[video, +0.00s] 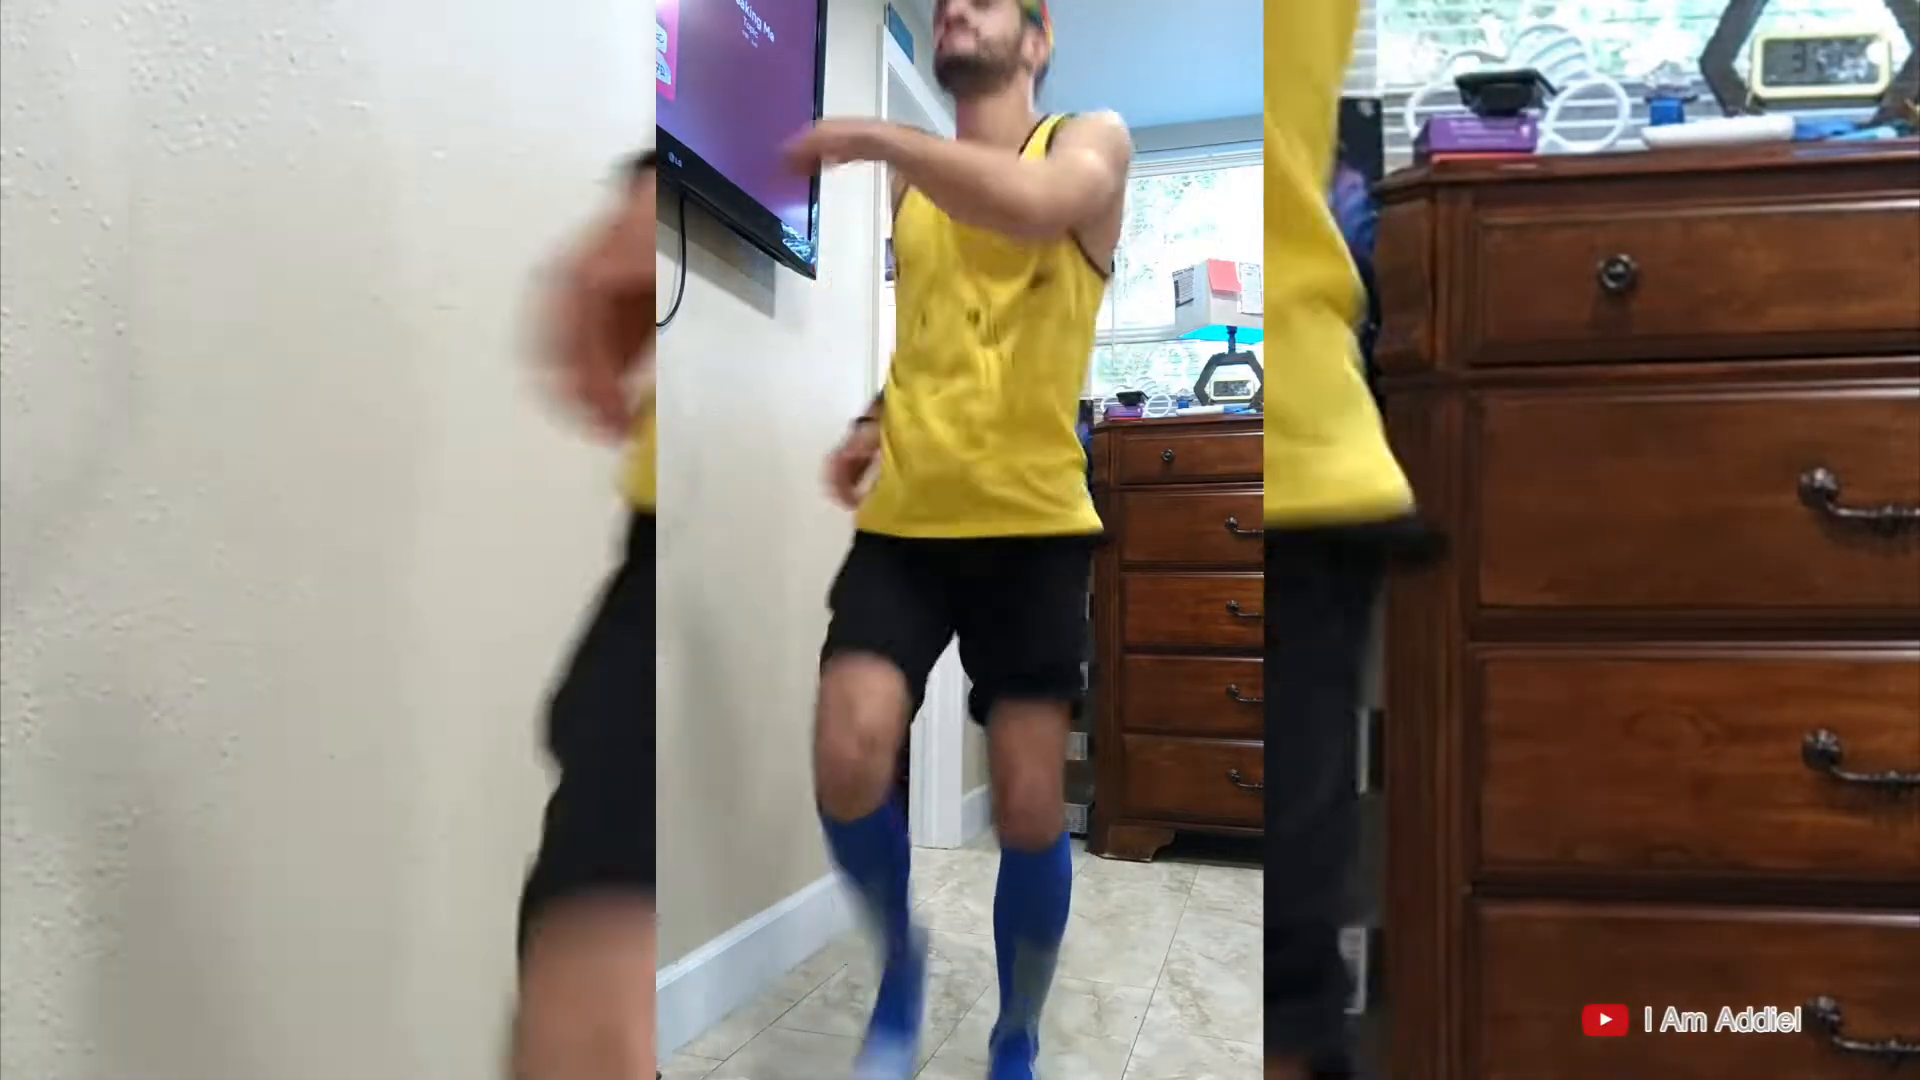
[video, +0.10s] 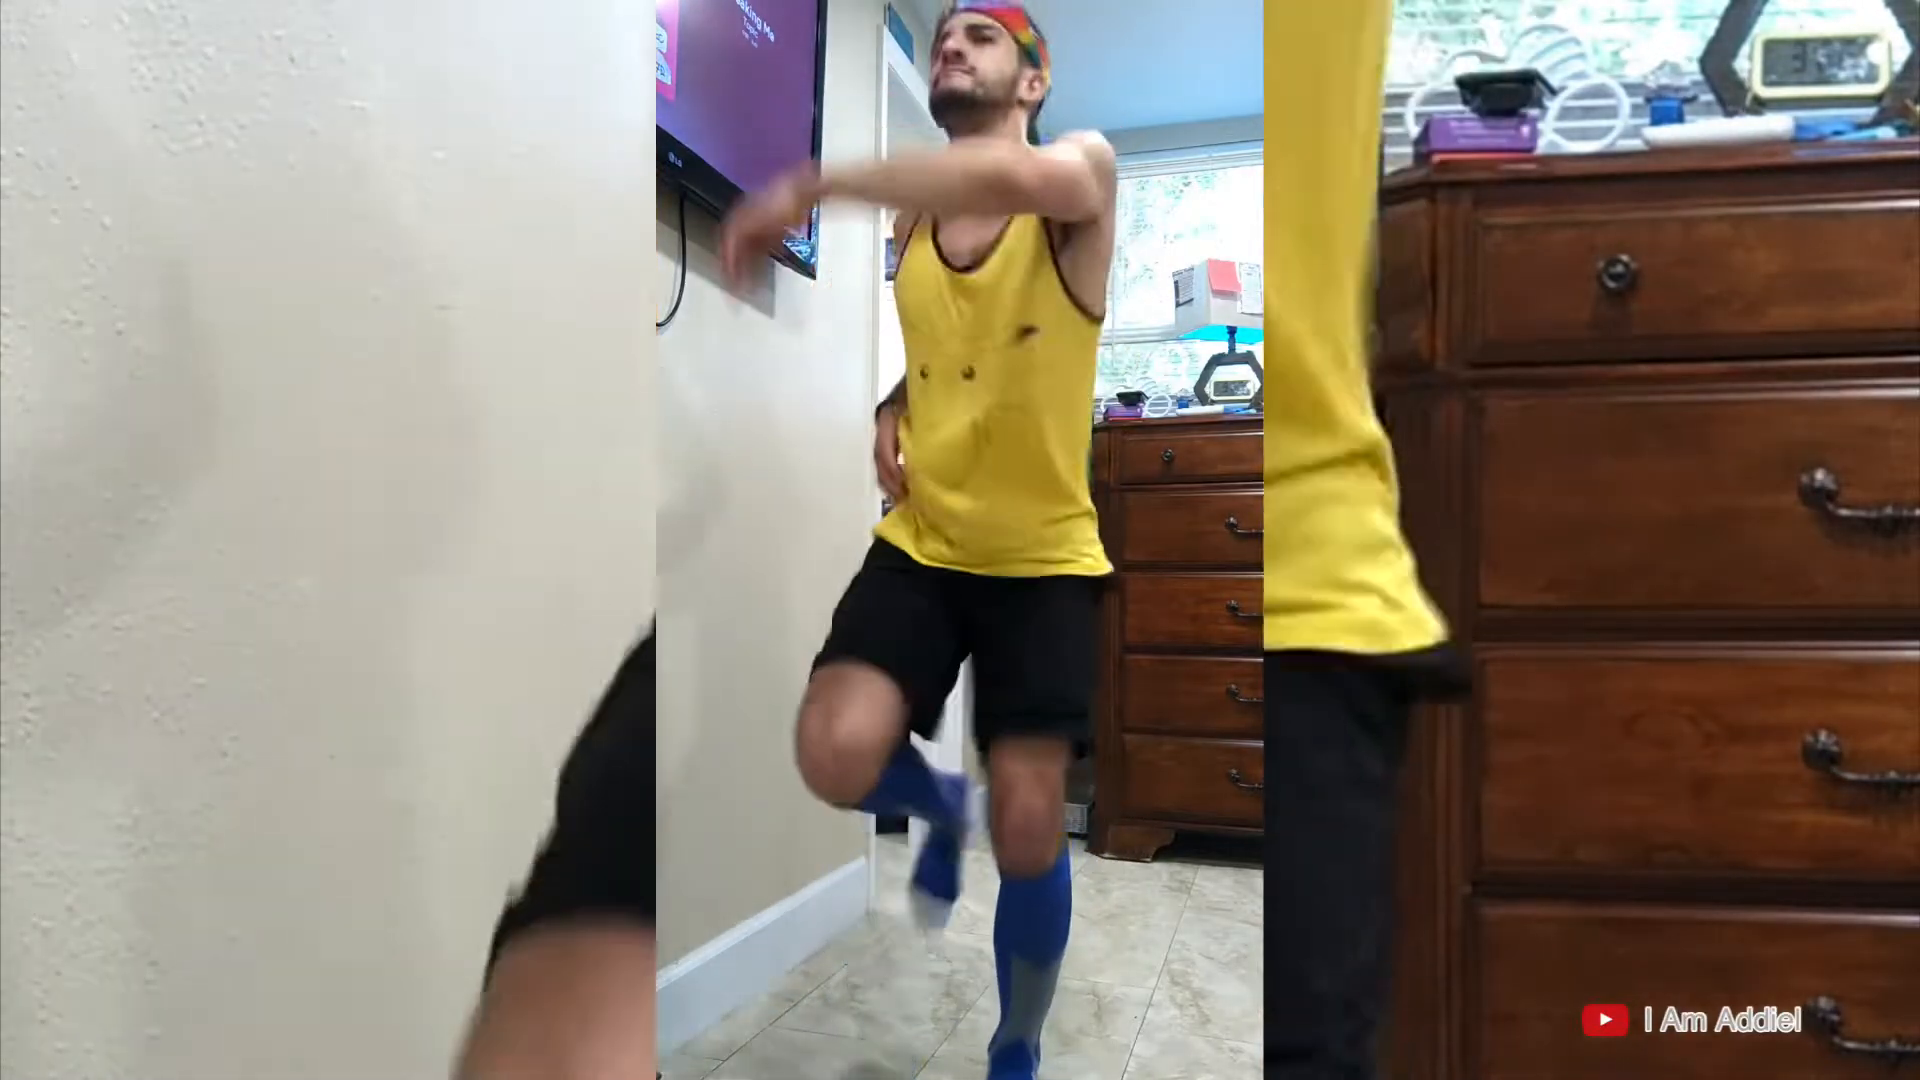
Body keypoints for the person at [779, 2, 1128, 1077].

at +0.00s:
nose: (955, 14)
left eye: (983, 3)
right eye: (944, 7)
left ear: (1037, 35)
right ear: (934, 47)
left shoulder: (1090, 136)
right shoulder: (915, 183)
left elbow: (1042, 206)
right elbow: (928, 343)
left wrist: (877, 138)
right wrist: (877, 422)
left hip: (1034, 518)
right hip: (906, 515)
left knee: (1029, 801)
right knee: (847, 754)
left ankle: (1017, 1037)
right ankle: (898, 966)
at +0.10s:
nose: (951, 51)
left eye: (979, 39)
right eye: (941, 43)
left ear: (1034, 80)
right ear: (927, 82)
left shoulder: (1081, 165)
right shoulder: (915, 210)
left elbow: (1016, 179)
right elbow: (945, 353)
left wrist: (813, 182)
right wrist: (893, 410)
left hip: (1043, 551)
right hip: (918, 538)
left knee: (1022, 817)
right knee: (834, 757)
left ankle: (1015, 1054)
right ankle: (948, 806)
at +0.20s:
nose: (942, 14)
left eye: (968, 5)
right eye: (931, 8)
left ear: (1018, 38)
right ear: (920, 50)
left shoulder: (1060, 111)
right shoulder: (915, 201)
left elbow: (1027, 218)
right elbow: (922, 334)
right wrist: (886, 374)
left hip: (1038, 515)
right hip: (921, 514)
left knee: (1024, 782)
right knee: (867, 767)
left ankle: (1029, 1033)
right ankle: (975, 915)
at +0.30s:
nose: (930, 22)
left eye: (955, 8)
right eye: (918, 11)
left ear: (1004, 31)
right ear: (909, 39)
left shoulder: (1032, 117)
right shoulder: (943, 171)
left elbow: (1067, 274)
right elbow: (951, 336)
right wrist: (892, 320)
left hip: (1009, 498)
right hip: (915, 496)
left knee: (995, 783)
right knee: (929, 773)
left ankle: (1074, 899)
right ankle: (997, 1009)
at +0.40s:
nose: (920, 78)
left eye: (943, 62)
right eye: (909, 66)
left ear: (992, 85)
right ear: (904, 95)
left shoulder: (1019, 161)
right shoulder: (943, 225)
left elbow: (1126, 311)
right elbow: (908, 403)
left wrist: (1110, 476)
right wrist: (866, 304)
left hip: (990, 531)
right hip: (931, 533)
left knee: (943, 804)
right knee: (934, 804)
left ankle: (1131, 743)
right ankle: (1008, 1027)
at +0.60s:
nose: (928, 72)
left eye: (955, 59)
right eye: (915, 58)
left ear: (995, 96)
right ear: (895, 89)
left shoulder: (1052, 175)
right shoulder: (884, 219)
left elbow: (1147, 311)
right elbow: (863, 367)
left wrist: (1056, 404)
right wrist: (892, 217)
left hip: (1019, 507)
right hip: (926, 516)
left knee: (892, 783)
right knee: (909, 797)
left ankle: (1127, 849)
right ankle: (1006, 1028)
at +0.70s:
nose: (952, 30)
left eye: (976, 25)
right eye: (933, 24)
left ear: (1009, 73)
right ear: (908, 69)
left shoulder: (1057, 170)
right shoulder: (860, 181)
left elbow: (1113, 290)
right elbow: (856, 289)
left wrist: (1076, 362)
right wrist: (939, 227)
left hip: (1018, 483)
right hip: (911, 496)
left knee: (967, 759)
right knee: (936, 776)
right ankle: (1010, 1012)